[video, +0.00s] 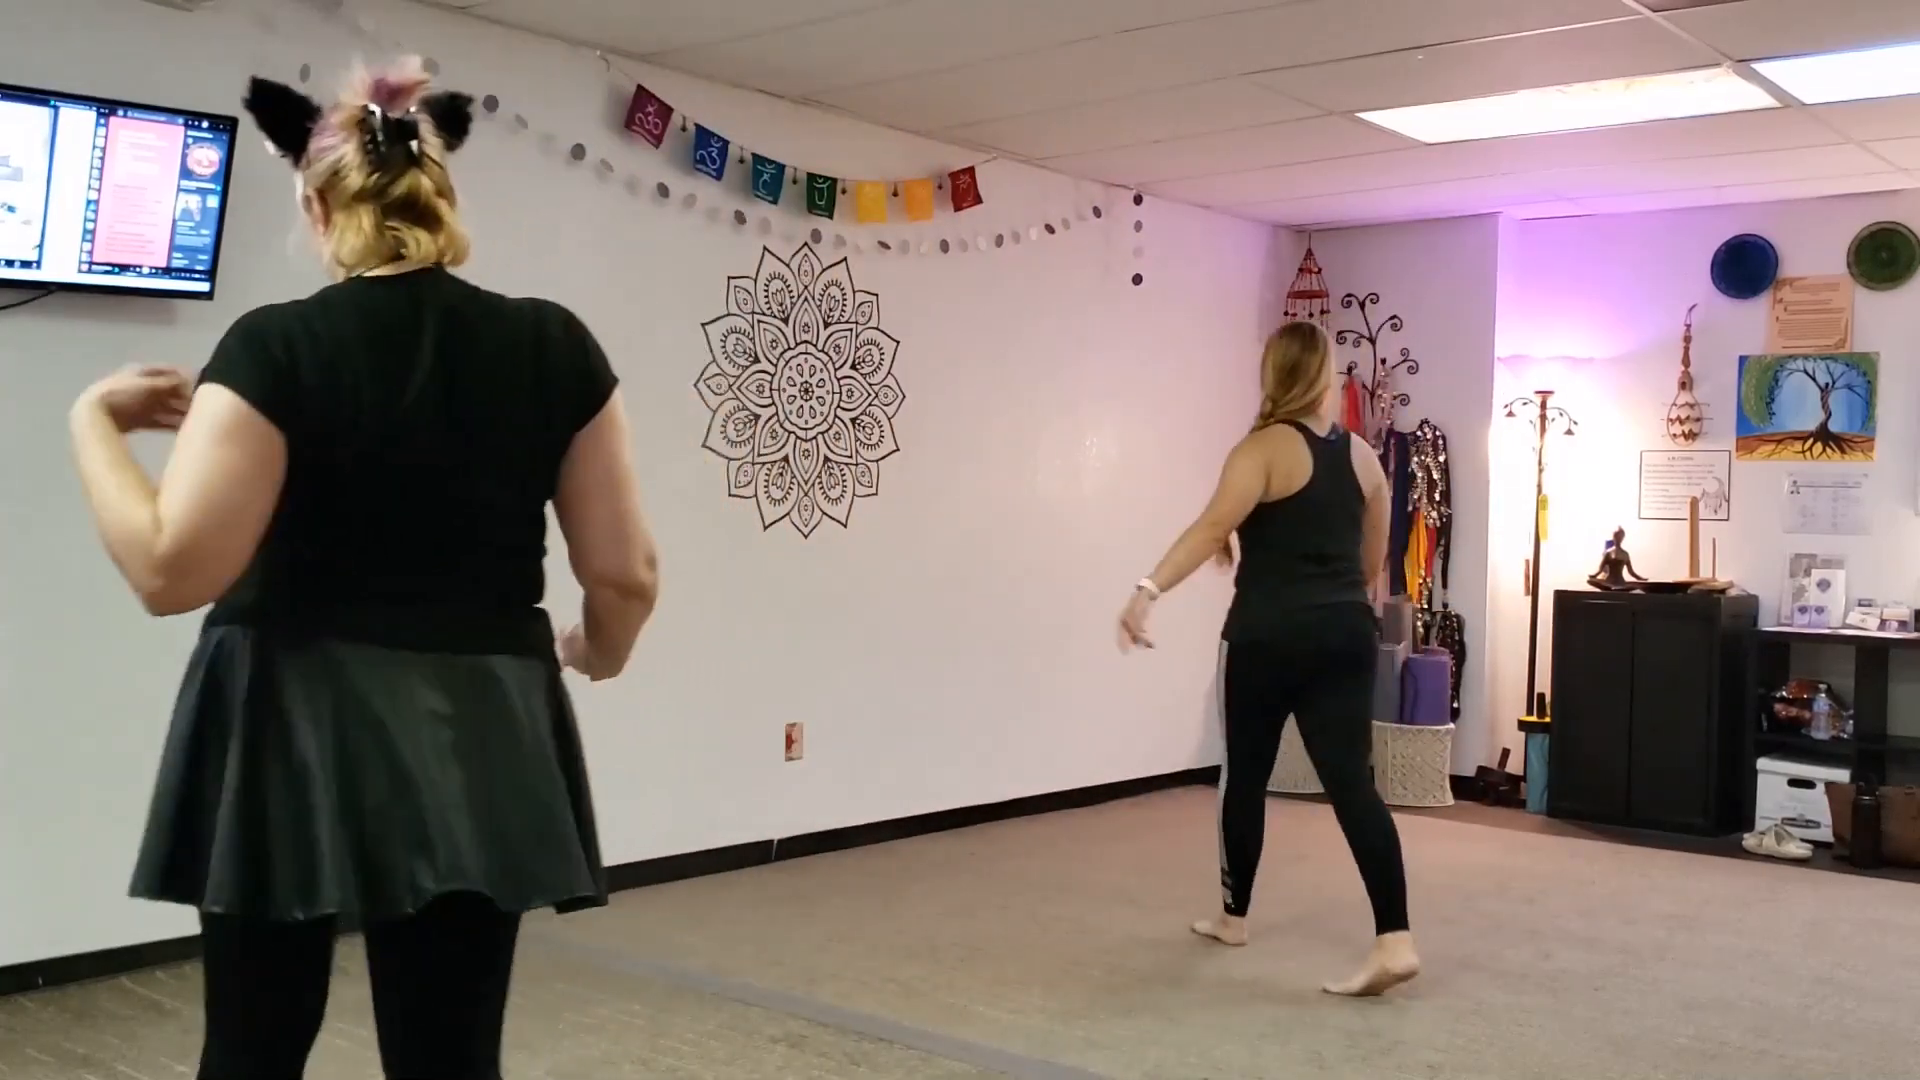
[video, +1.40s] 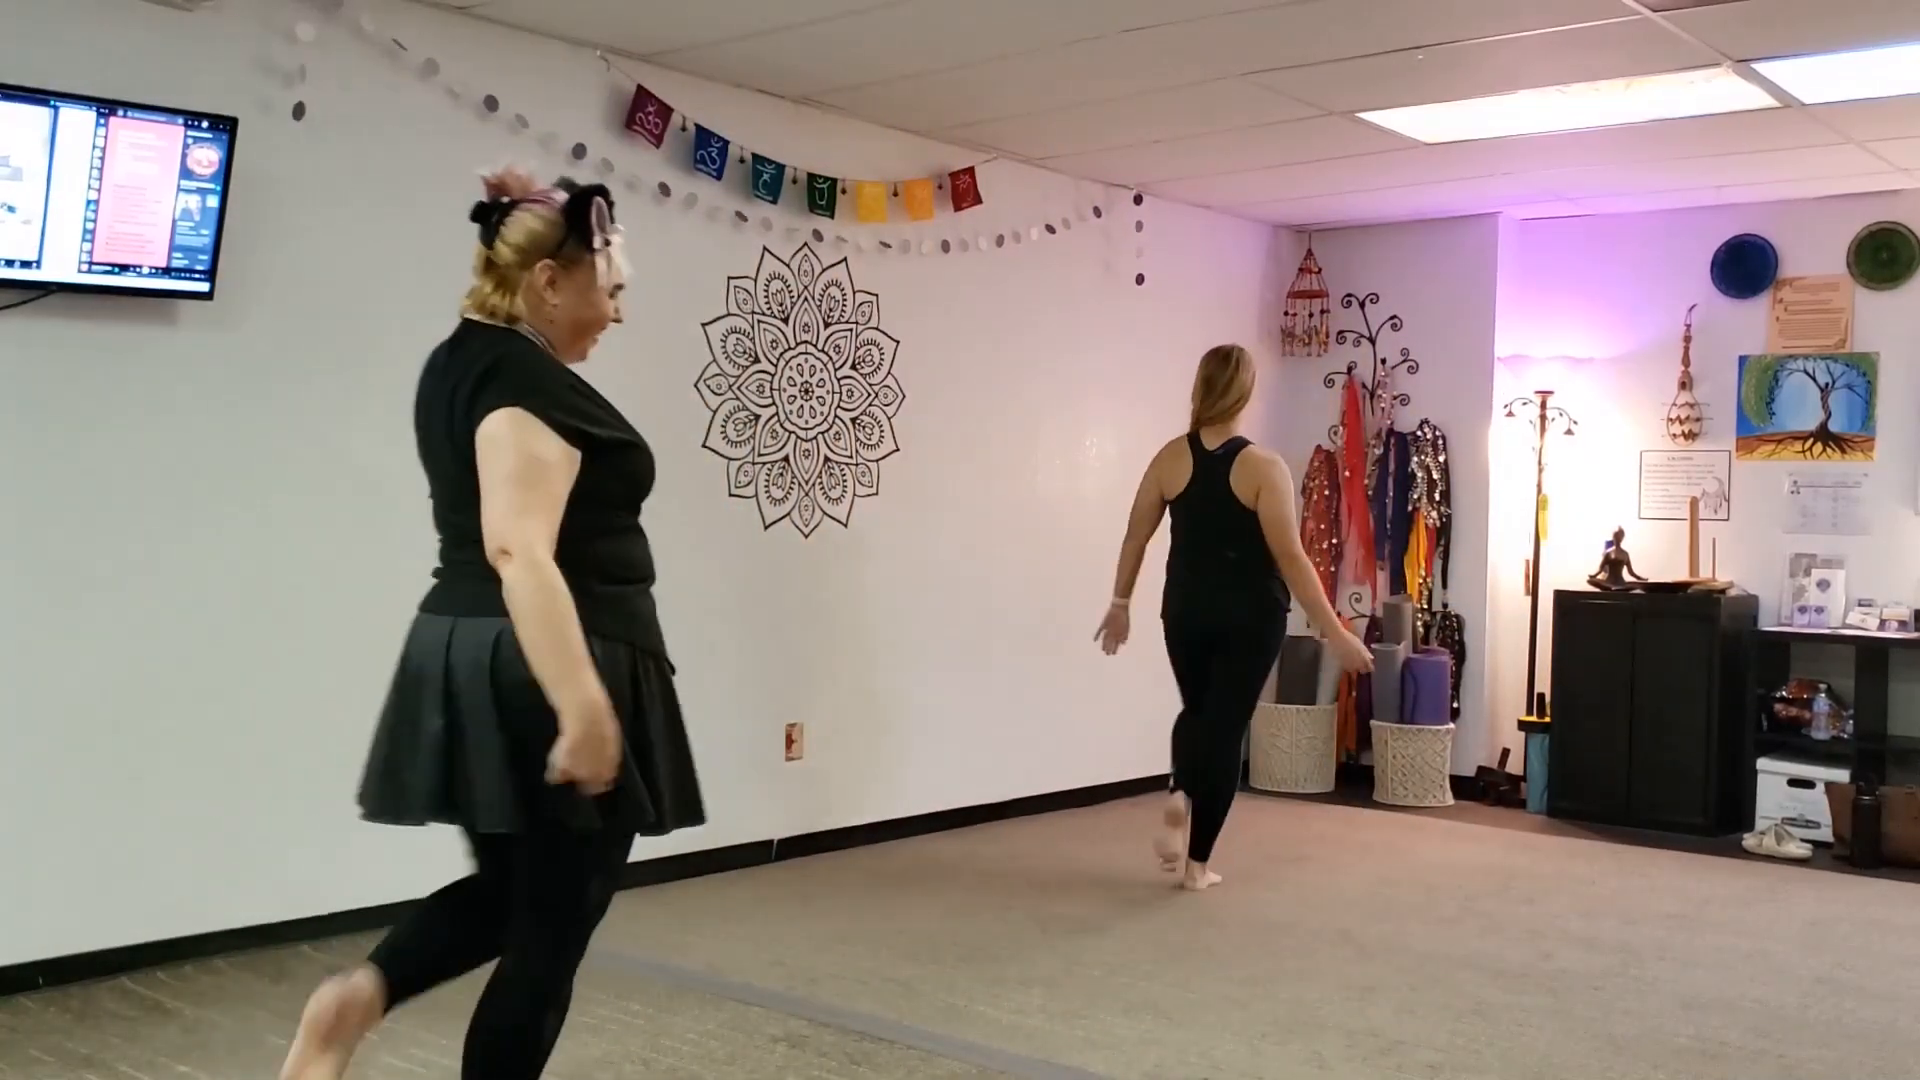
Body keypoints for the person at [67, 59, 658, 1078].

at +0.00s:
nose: (301, 225)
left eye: (301, 205)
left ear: (318, 208)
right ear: (445, 199)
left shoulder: (277, 345)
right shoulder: (550, 345)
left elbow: (171, 575)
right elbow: (624, 572)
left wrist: (90, 412)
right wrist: (597, 653)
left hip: (290, 722)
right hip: (477, 726)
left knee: (252, 1050)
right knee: (451, 1055)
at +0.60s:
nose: (439, 280)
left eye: (440, 259)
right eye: (435, 257)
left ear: (307, 244)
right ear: (395, 253)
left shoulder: (199, 339)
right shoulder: (440, 359)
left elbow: (145, 557)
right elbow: (485, 561)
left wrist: (94, 515)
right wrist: (559, 727)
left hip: (207, 680)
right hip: (386, 692)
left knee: (242, 986)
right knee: (421, 921)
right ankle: (368, 1073)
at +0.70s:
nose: (460, 275)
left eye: (460, 253)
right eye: (454, 253)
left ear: (330, 245)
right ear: (400, 252)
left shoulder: (224, 334)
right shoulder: (435, 352)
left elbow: (169, 532)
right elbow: (467, 542)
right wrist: (551, 722)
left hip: (216, 664)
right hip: (394, 677)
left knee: (246, 980)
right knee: (431, 935)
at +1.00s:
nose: (510, 291)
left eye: (511, 270)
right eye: (502, 269)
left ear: (413, 265)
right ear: (441, 268)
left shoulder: (317, 362)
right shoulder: (460, 367)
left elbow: (308, 519)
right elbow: (473, 543)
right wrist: (539, 722)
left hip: (307, 678)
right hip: (440, 694)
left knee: (305, 977)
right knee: (478, 967)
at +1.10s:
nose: (536, 283)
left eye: (536, 261)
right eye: (528, 260)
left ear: (439, 260)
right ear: (468, 263)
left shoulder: (358, 358)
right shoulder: (477, 370)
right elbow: (480, 539)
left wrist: (438, 205)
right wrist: (541, 720)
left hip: (350, 670)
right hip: (476, 688)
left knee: (341, 957)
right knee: (503, 955)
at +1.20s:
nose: (562, 289)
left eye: (561, 267)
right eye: (552, 266)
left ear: (473, 263)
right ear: (494, 266)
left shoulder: (396, 356)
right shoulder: (496, 374)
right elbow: (488, 540)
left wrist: (468, 199)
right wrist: (535, 716)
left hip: (396, 662)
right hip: (508, 675)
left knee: (375, 938)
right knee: (516, 953)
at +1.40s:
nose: (615, 308)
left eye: (616, 289)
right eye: (607, 287)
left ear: (530, 280)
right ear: (547, 284)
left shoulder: (461, 362)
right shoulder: (527, 384)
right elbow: (520, 551)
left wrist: (530, 221)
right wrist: (586, 707)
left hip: (469, 648)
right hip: (546, 661)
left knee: (515, 880)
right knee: (559, 918)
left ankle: (366, 992)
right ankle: (497, 1077)